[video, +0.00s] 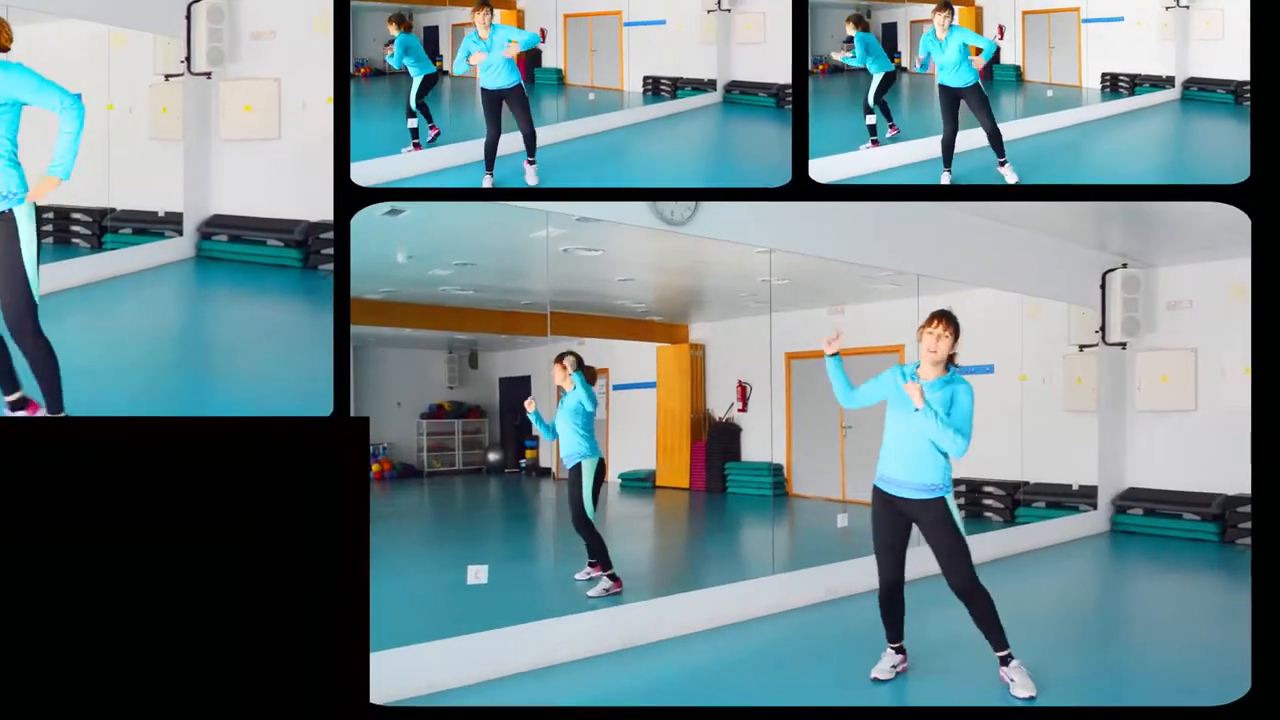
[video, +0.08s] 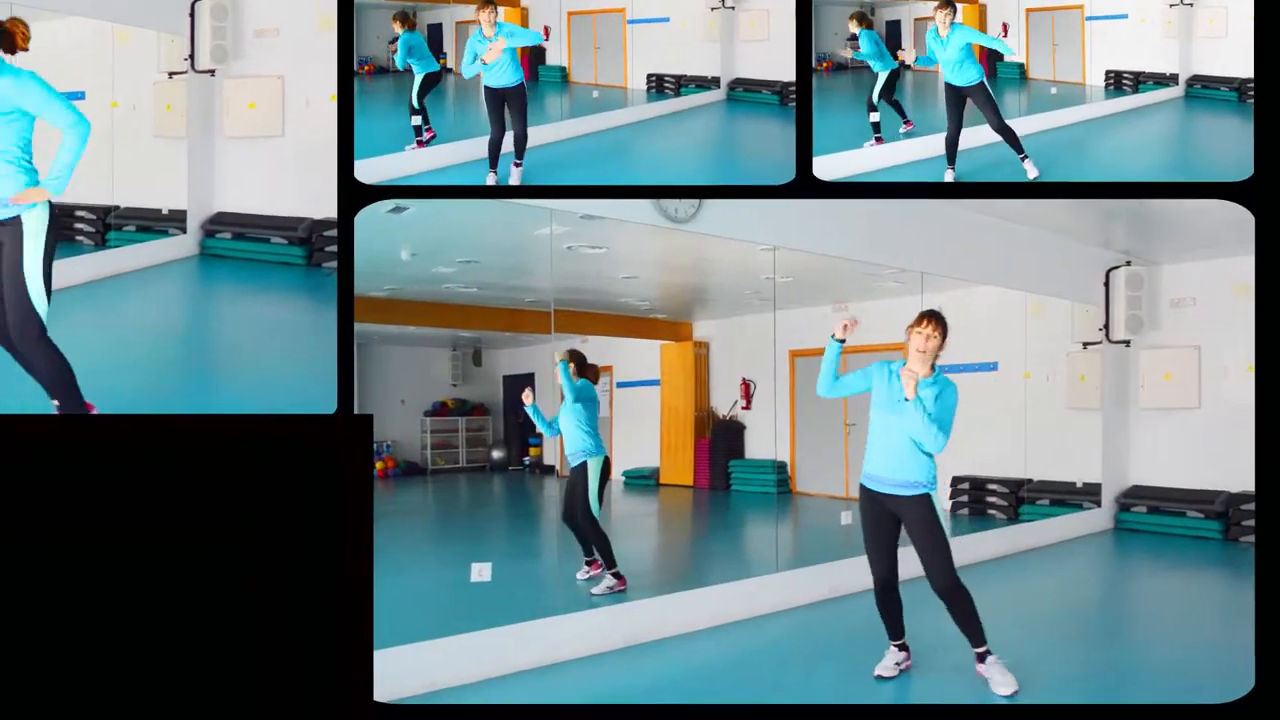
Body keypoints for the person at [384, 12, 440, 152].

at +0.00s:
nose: (389, 29)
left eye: (389, 26)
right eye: (388, 26)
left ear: (394, 25)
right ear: (401, 24)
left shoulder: (400, 40)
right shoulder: (411, 36)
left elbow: (397, 64)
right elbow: (410, 55)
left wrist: (388, 57)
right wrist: (394, 52)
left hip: (421, 75)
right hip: (430, 72)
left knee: (411, 107)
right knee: (418, 100)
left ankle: (415, 144)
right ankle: (433, 128)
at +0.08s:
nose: (393, 27)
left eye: (394, 24)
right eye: (393, 24)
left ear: (398, 23)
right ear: (406, 22)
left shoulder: (404, 39)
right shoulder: (417, 34)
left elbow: (401, 65)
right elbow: (418, 52)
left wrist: (396, 53)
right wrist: (400, 50)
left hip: (424, 72)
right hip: (435, 69)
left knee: (414, 104)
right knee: (418, 99)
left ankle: (419, 140)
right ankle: (428, 129)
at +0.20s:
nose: (414, 17)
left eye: (414, 14)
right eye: (413, 14)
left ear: (419, 14)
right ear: (429, 12)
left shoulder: (424, 29)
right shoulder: (438, 25)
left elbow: (423, 55)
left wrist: (418, 45)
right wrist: (422, 42)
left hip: (442, 63)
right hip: (453, 61)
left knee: (432, 93)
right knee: (435, 91)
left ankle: (439, 129)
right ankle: (445, 122)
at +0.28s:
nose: (436, 2)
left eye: (437, 0)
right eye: (436, 0)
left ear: (442, 1)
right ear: (450, 1)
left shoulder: (446, 14)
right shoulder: (459, 10)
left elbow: (446, 39)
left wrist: (433, 30)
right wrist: (437, 22)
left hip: (464, 50)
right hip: (473, 47)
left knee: (454, 81)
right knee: (459, 75)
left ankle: (460, 116)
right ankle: (470, 105)